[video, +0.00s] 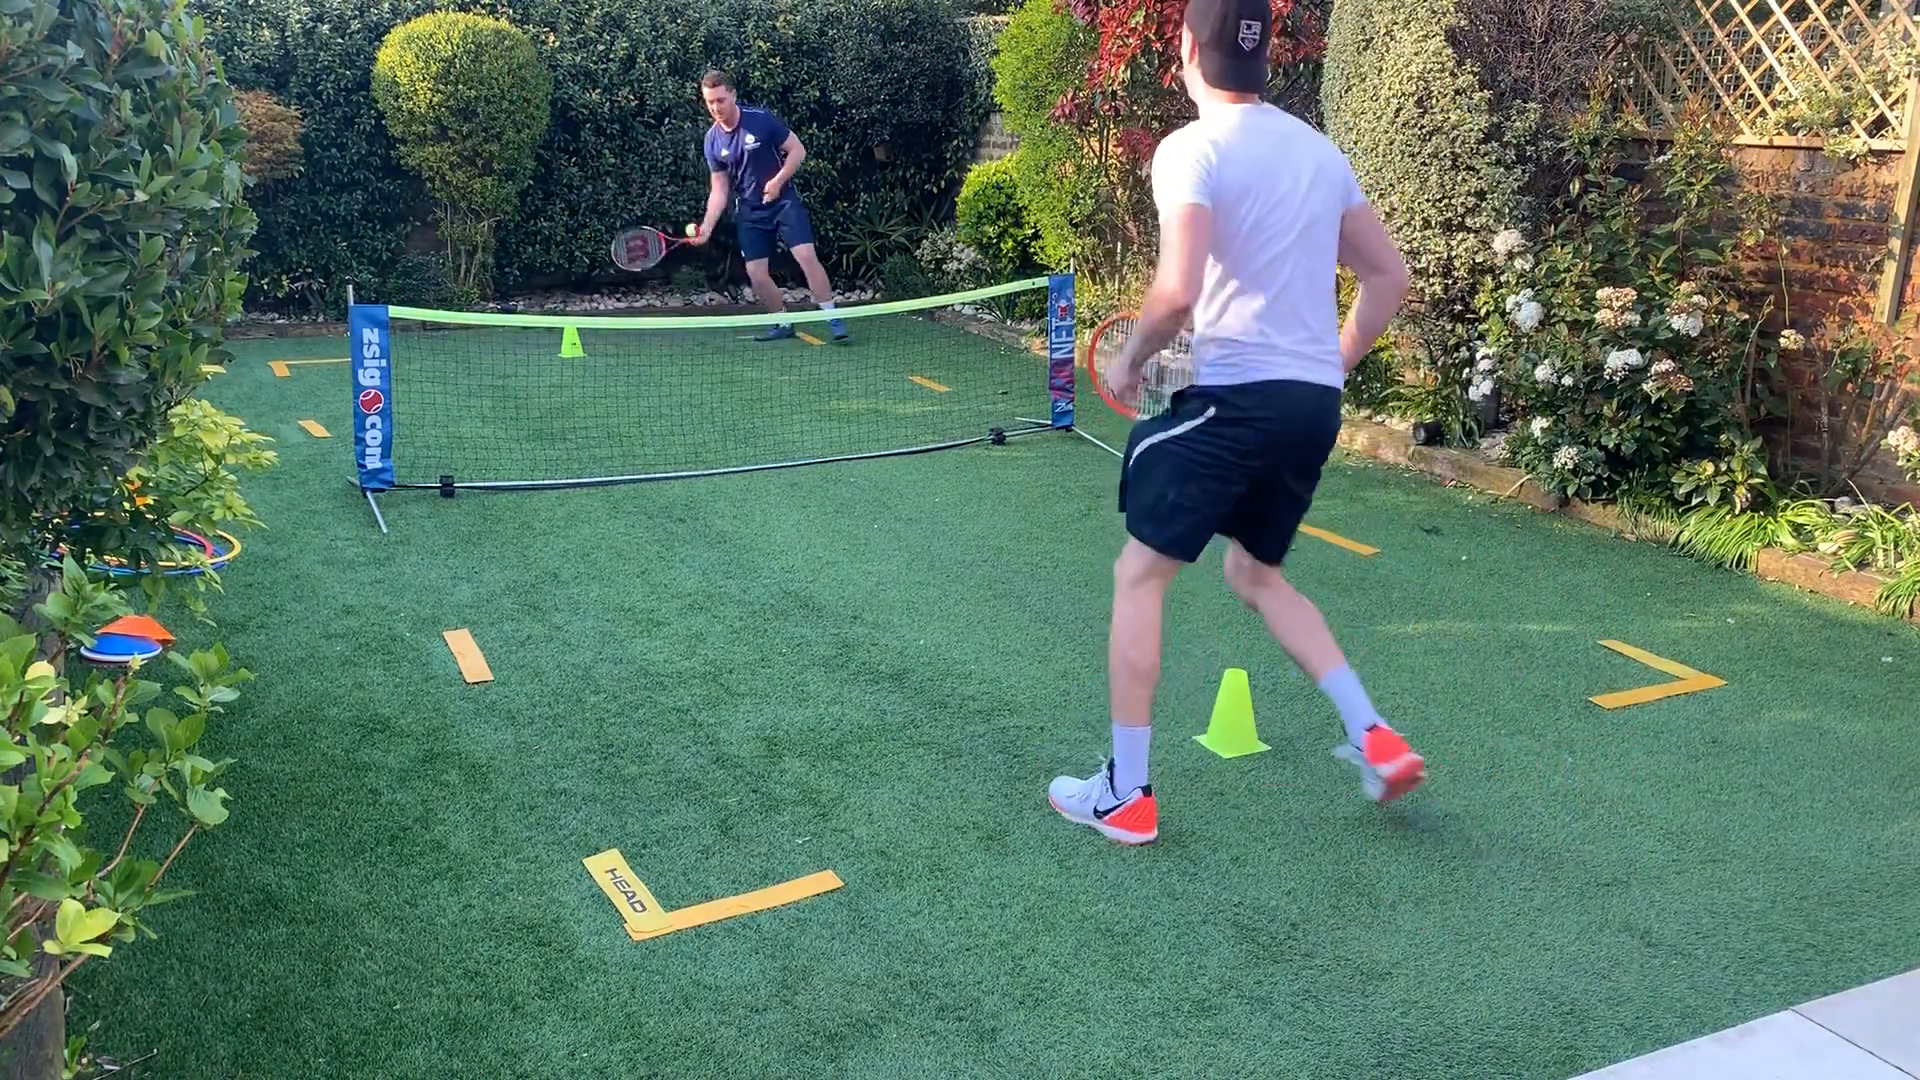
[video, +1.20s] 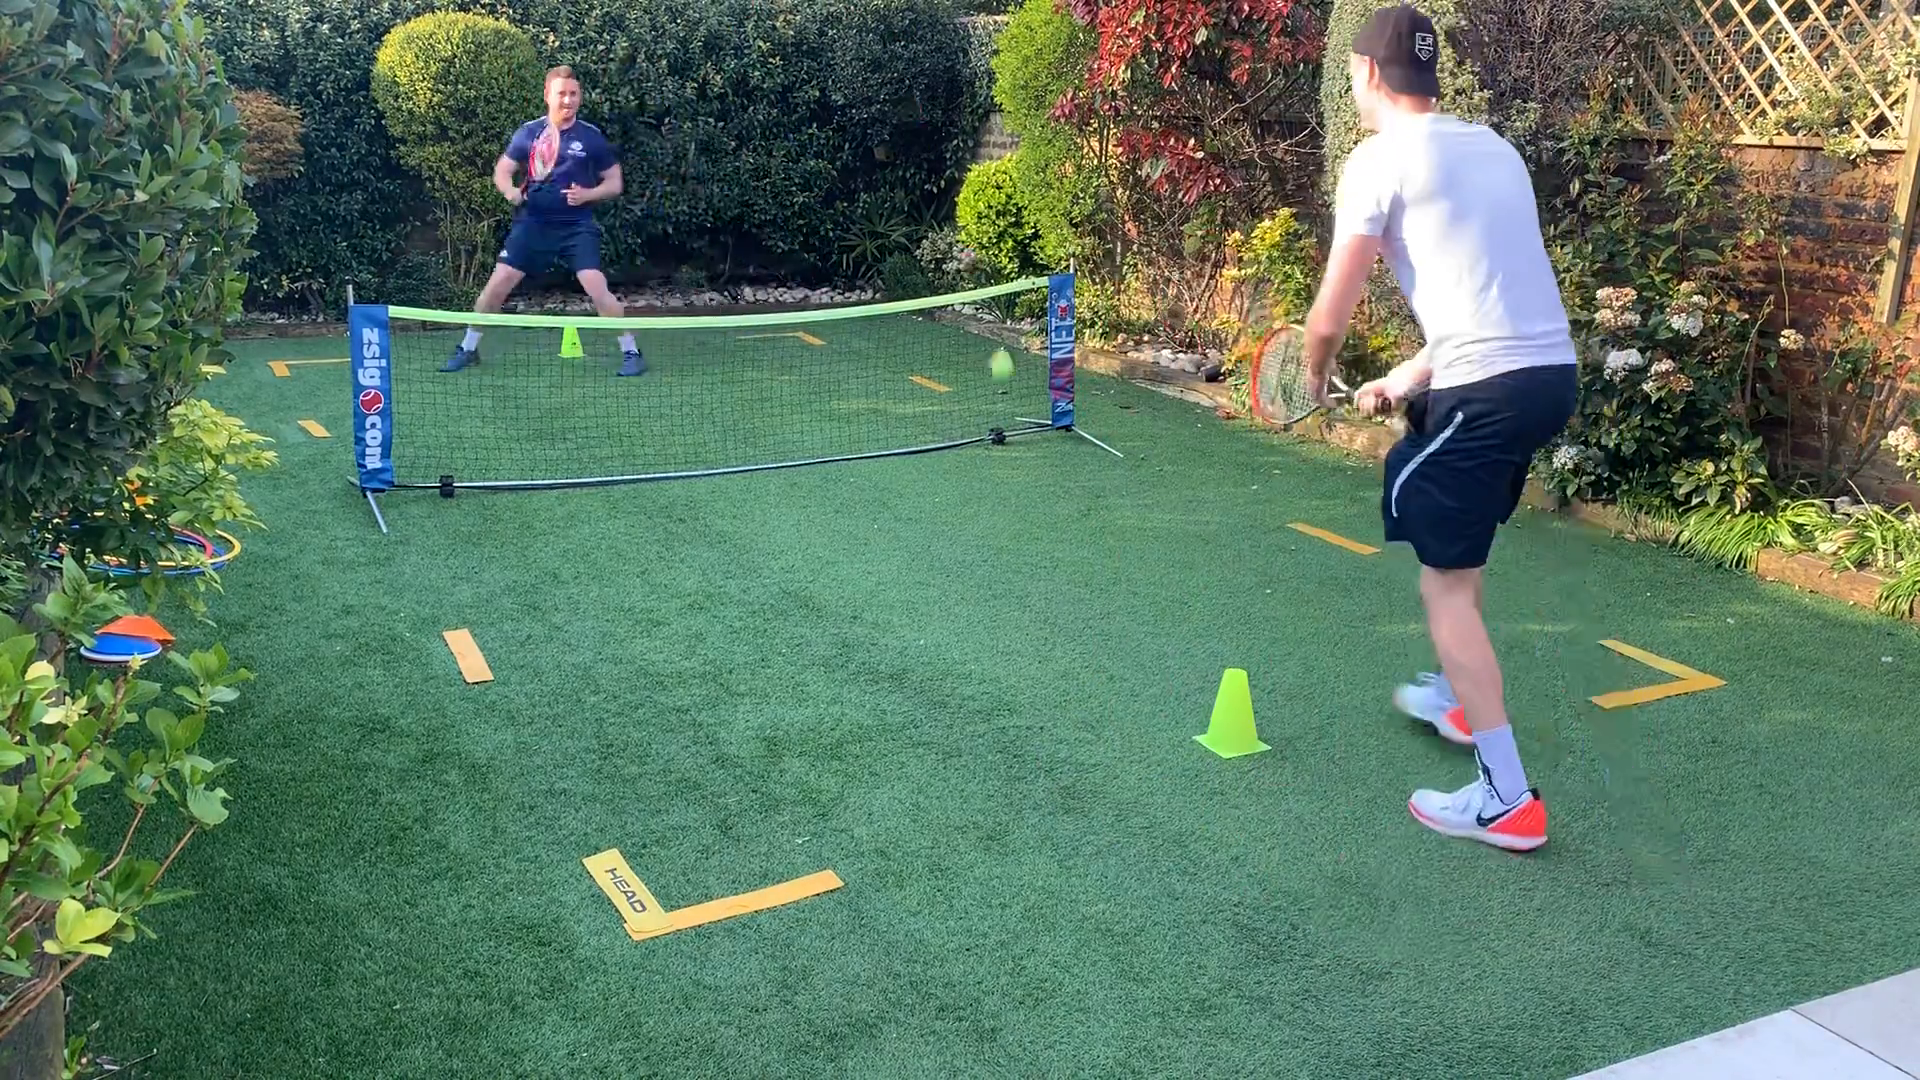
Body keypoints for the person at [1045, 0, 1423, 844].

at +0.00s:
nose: (1178, 55)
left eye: (1181, 43)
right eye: (1185, 41)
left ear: (1189, 52)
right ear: (1263, 53)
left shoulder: (1192, 149)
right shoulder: (1320, 151)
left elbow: (1178, 292)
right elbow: (1388, 274)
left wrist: (1130, 355)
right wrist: (1334, 363)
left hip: (1227, 397)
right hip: (1316, 404)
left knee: (1140, 575)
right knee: (1253, 571)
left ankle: (1124, 789)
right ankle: (1372, 735)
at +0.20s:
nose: (1245, 60)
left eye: (1247, 46)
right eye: (1251, 44)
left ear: (1260, 58)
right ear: (1332, 57)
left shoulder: (1274, 154)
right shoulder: (1394, 153)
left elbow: (1255, 305)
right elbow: (1443, 300)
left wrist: (1205, 364)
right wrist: (1371, 358)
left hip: (1320, 410)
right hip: (1408, 411)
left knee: (1207, 583)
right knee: (1397, 615)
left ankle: (1130, 783)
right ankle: (1484, 818)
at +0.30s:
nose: (1280, 40)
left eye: (1282, 28)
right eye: (1288, 27)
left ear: (1293, 36)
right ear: (1366, 41)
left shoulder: (1302, 129)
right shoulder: (1432, 130)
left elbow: (1269, 293)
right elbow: (1485, 275)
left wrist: (1237, 342)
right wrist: (1413, 330)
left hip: (1363, 390)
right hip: (1450, 389)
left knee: (1256, 583)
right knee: (1431, 595)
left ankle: (1207, 803)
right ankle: (1490, 810)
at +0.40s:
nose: (1309, 40)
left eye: (1310, 28)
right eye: (1314, 27)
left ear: (1325, 36)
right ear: (1398, 41)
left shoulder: (1317, 120)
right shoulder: (1463, 126)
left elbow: (1285, 292)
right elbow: (1525, 270)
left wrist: (1282, 324)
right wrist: (1452, 330)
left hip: (1385, 382)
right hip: (1479, 382)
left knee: (1291, 598)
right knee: (1461, 579)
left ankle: (1320, 832)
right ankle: (1527, 782)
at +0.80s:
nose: (1411, 85)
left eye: (1415, 72)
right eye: (1417, 70)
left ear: (1430, 85)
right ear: (1496, 86)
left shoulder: (1415, 185)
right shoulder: (1560, 170)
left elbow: (1383, 360)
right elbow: (1614, 322)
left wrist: (1406, 396)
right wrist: (1549, 371)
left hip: (1497, 432)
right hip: (1596, 425)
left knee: (1403, 619)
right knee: (1602, 625)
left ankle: (1453, 824)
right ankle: (1657, 828)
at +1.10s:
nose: (1369, 88)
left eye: (1370, 74)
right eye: (1373, 73)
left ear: (1384, 77)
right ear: (1448, 76)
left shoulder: (1392, 172)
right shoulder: (1512, 153)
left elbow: (1341, 335)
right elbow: (1517, 305)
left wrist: (1332, 375)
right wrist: (1429, 385)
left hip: (1495, 400)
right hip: (1573, 391)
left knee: (1445, 596)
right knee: (1511, 545)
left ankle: (1509, 801)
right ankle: (1561, 723)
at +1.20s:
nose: (1353, 94)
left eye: (1354, 80)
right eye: (1356, 80)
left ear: (1370, 76)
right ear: (1430, 76)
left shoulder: (1378, 161)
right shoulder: (1496, 149)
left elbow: (1327, 323)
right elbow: (1494, 297)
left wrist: (1316, 368)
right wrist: (1403, 380)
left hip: (1483, 386)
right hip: (1550, 376)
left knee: (1448, 596)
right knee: (1451, 526)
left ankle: (1509, 796)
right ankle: (1465, 692)